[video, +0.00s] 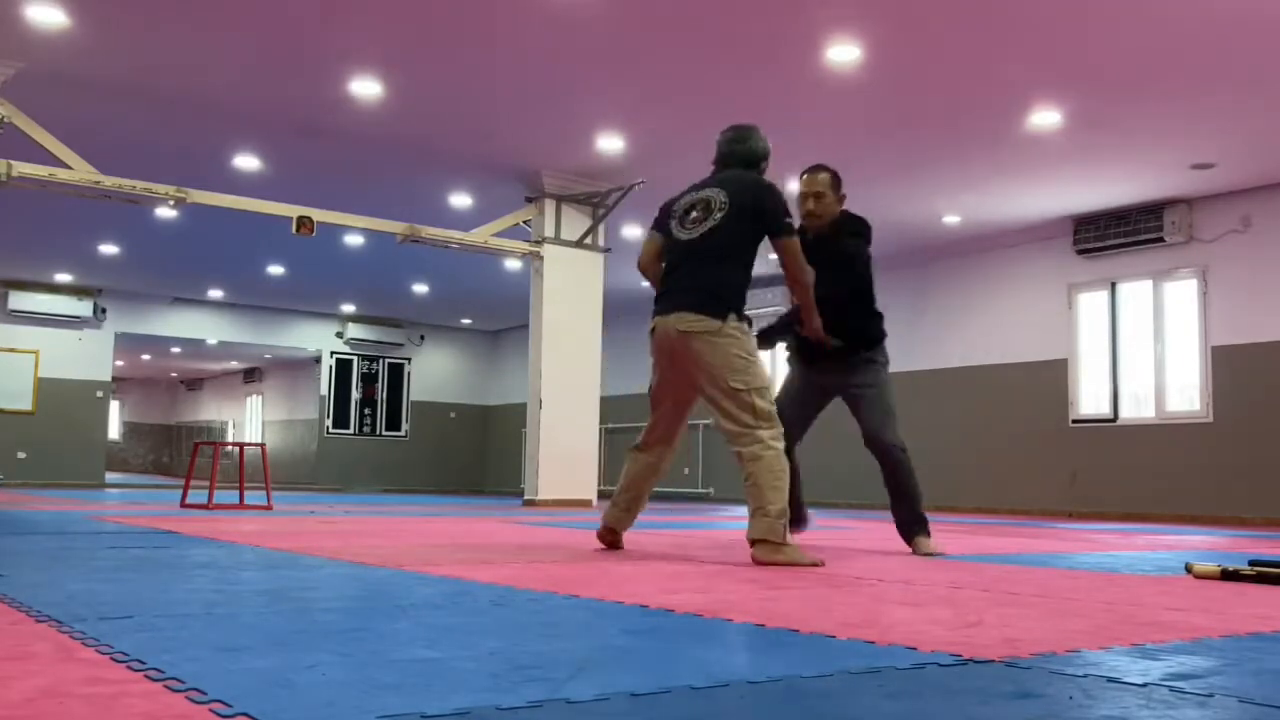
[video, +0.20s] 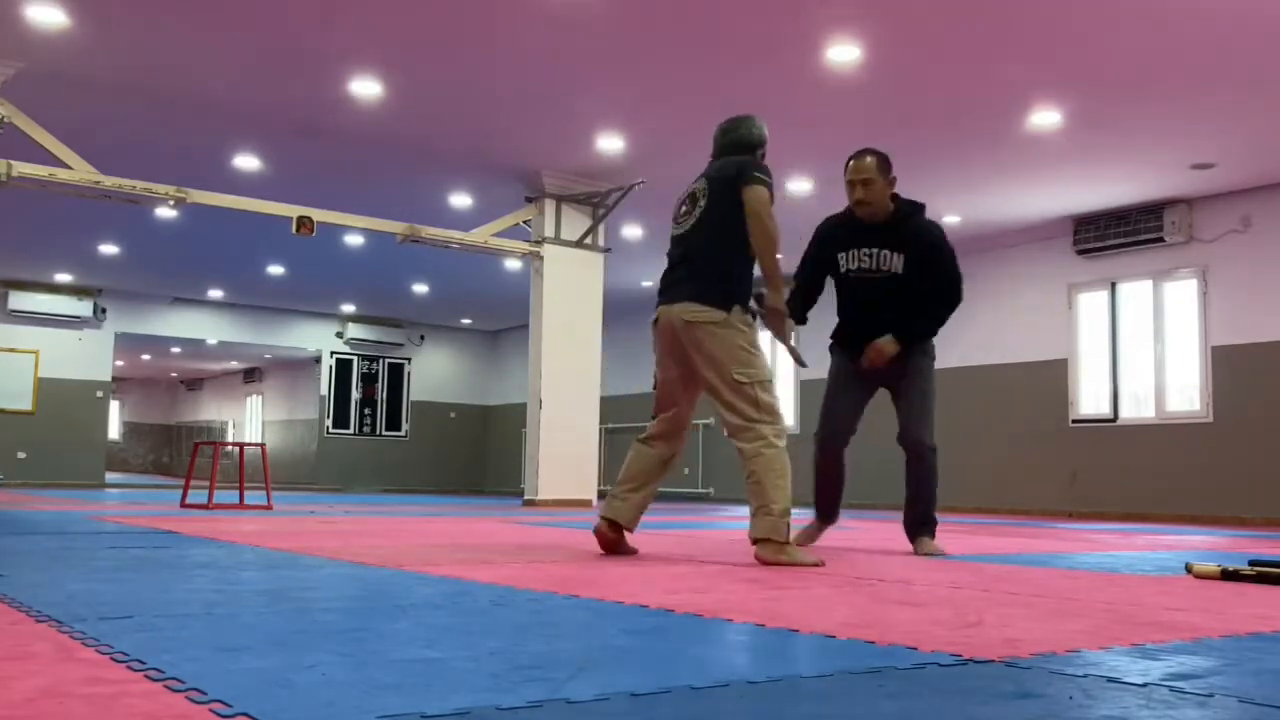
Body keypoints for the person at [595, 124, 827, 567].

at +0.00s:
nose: (768, 170)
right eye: (768, 164)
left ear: (718, 159)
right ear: (762, 163)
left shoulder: (680, 200)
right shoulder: (761, 192)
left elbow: (647, 263)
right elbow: (797, 271)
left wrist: (680, 295)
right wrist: (810, 318)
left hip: (666, 325)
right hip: (715, 325)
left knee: (660, 429)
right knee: (760, 431)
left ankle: (614, 523)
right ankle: (770, 540)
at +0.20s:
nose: (767, 155)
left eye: (764, 148)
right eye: (766, 148)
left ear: (718, 148)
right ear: (760, 148)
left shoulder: (697, 186)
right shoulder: (751, 169)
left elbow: (707, 261)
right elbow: (758, 213)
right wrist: (776, 289)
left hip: (669, 314)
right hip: (713, 314)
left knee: (666, 425)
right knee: (760, 426)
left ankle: (614, 519)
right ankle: (773, 539)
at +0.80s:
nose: (693, 207)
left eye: (695, 200)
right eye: (687, 198)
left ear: (677, 201)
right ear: (661, 196)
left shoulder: (663, 240)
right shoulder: (638, 229)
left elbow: (642, 299)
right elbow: (622, 285)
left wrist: (669, 328)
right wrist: (659, 339)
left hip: (652, 368)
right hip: (612, 368)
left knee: (703, 435)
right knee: (593, 457)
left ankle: (684, 529)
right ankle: (528, 512)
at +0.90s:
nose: (657, 202)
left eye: (660, 195)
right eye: (650, 193)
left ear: (656, 200)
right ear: (621, 194)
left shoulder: (647, 251)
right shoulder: (589, 233)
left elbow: (631, 313)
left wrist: (658, 306)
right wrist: (600, 338)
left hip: (635, 367)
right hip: (585, 368)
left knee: (688, 428)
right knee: (557, 456)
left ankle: (682, 523)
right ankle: (520, 532)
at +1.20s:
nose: (609, 194)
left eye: (614, 186)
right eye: (601, 184)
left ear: (618, 190)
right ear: (576, 184)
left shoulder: (622, 238)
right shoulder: (543, 225)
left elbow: (635, 299)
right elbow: (512, 273)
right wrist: (526, 305)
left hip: (608, 355)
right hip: (553, 356)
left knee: (644, 436)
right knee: (534, 442)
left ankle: (649, 521)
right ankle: (522, 525)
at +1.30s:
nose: (611, 193)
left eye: (617, 186)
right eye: (603, 184)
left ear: (622, 190)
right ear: (579, 183)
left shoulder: (624, 237)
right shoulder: (546, 222)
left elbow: (629, 297)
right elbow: (512, 268)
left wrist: (622, 342)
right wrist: (528, 299)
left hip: (606, 352)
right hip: (553, 355)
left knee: (645, 429)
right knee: (535, 440)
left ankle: (652, 520)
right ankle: (522, 524)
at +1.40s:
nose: (621, 196)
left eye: (627, 189)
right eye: (614, 187)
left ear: (630, 191)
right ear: (589, 185)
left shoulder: (633, 240)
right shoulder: (554, 225)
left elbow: (641, 298)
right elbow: (518, 270)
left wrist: (637, 321)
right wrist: (538, 301)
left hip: (613, 357)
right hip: (558, 357)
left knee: (644, 435)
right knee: (538, 441)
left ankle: (655, 528)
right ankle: (521, 526)